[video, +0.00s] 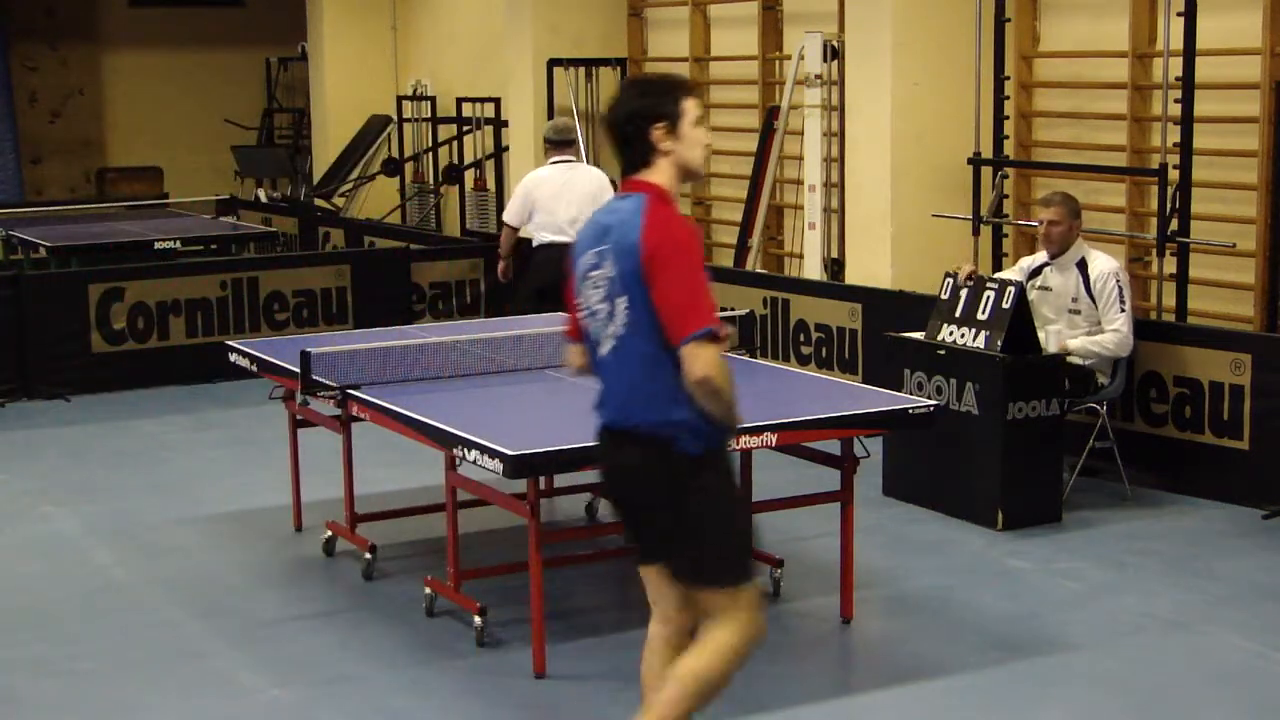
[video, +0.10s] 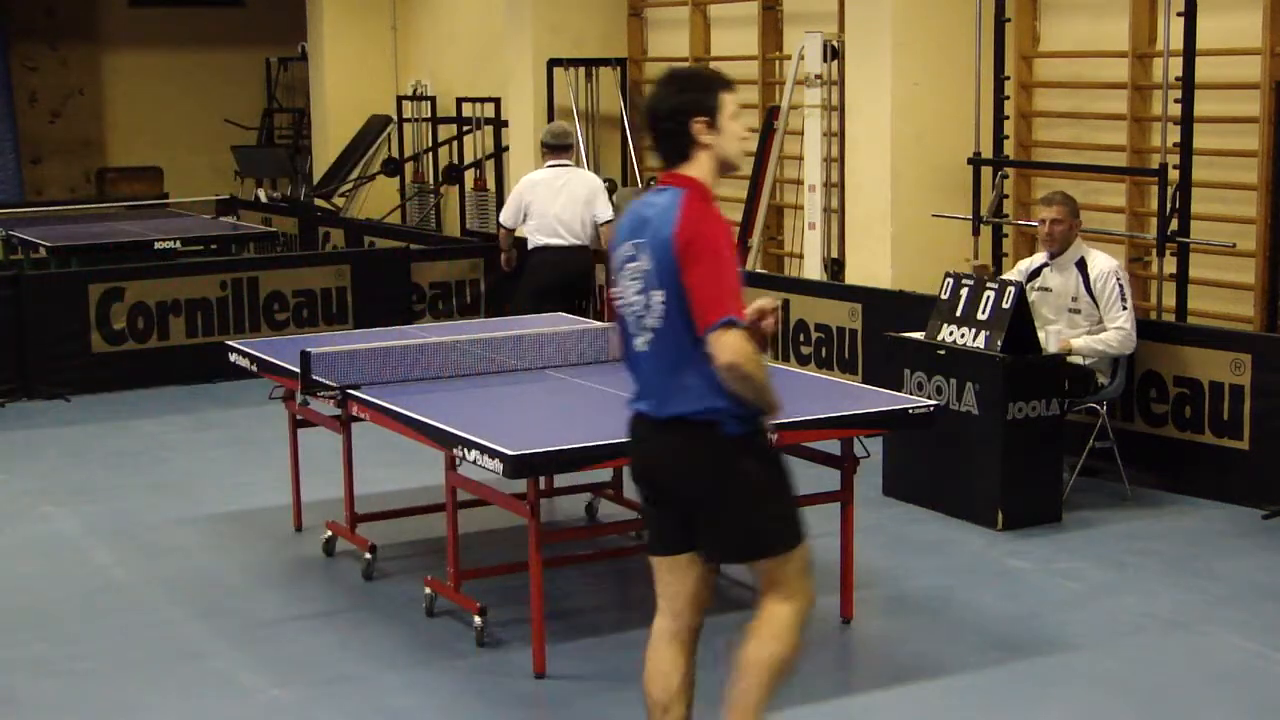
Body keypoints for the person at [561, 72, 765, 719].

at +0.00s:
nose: (709, 139)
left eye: (705, 124)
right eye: (699, 125)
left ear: (650, 137)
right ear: (662, 136)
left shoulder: (593, 228)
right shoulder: (666, 224)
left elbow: (579, 357)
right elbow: (702, 370)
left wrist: (667, 347)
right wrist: (732, 420)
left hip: (624, 446)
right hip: (679, 450)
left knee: (670, 614)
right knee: (739, 619)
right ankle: (658, 709)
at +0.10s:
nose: (749, 128)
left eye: (745, 115)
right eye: (738, 116)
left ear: (688, 130)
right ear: (702, 128)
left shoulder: (633, 217)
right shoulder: (697, 215)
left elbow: (651, 333)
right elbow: (729, 353)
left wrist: (734, 321)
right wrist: (769, 401)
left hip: (654, 437)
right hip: (717, 442)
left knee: (676, 609)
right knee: (788, 589)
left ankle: (668, 718)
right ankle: (739, 712)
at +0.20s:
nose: (783, 136)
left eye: (779, 123)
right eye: (774, 124)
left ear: (718, 138)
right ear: (744, 135)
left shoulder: (671, 216)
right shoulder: (738, 219)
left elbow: (689, 328)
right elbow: (770, 345)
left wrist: (776, 316)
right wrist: (805, 394)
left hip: (686, 439)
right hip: (754, 443)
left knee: (690, 610)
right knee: (811, 594)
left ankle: (673, 718)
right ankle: (833, 712)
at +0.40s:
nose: (848, 143)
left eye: (844, 132)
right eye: (844, 134)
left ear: (776, 146)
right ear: (832, 143)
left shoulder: (734, 221)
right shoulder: (823, 227)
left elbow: (711, 324)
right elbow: (875, 340)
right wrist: (906, 405)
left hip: (752, 429)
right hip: (827, 433)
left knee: (777, 577)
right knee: (862, 576)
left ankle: (711, 710)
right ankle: (876, 711)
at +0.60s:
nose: (886, 124)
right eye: (885, 117)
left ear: (820, 125)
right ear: (883, 127)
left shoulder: (775, 203)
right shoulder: (903, 211)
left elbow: (730, 307)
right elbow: (970, 322)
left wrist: (773, 318)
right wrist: (979, 401)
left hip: (796, 400)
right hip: (873, 406)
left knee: (822, 523)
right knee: (878, 558)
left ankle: (804, 671)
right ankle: (877, 710)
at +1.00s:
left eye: (846, 117)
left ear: (839, 128)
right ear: (898, 126)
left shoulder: (812, 202)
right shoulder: (936, 202)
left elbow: (792, 303)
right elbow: (977, 306)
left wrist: (778, 317)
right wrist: (948, 349)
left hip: (840, 387)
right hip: (914, 387)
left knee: (862, 519)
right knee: (922, 510)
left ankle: (883, 660)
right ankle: (919, 614)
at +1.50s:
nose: (834, 160)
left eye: (837, 151)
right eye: (836, 151)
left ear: (851, 152)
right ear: (884, 156)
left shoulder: (858, 182)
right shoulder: (903, 202)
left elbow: (876, 246)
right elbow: (903, 296)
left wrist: (830, 296)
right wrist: (847, 351)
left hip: (884, 340)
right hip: (927, 345)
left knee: (865, 490)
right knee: (904, 485)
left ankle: (875, 635)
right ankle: (914, 610)